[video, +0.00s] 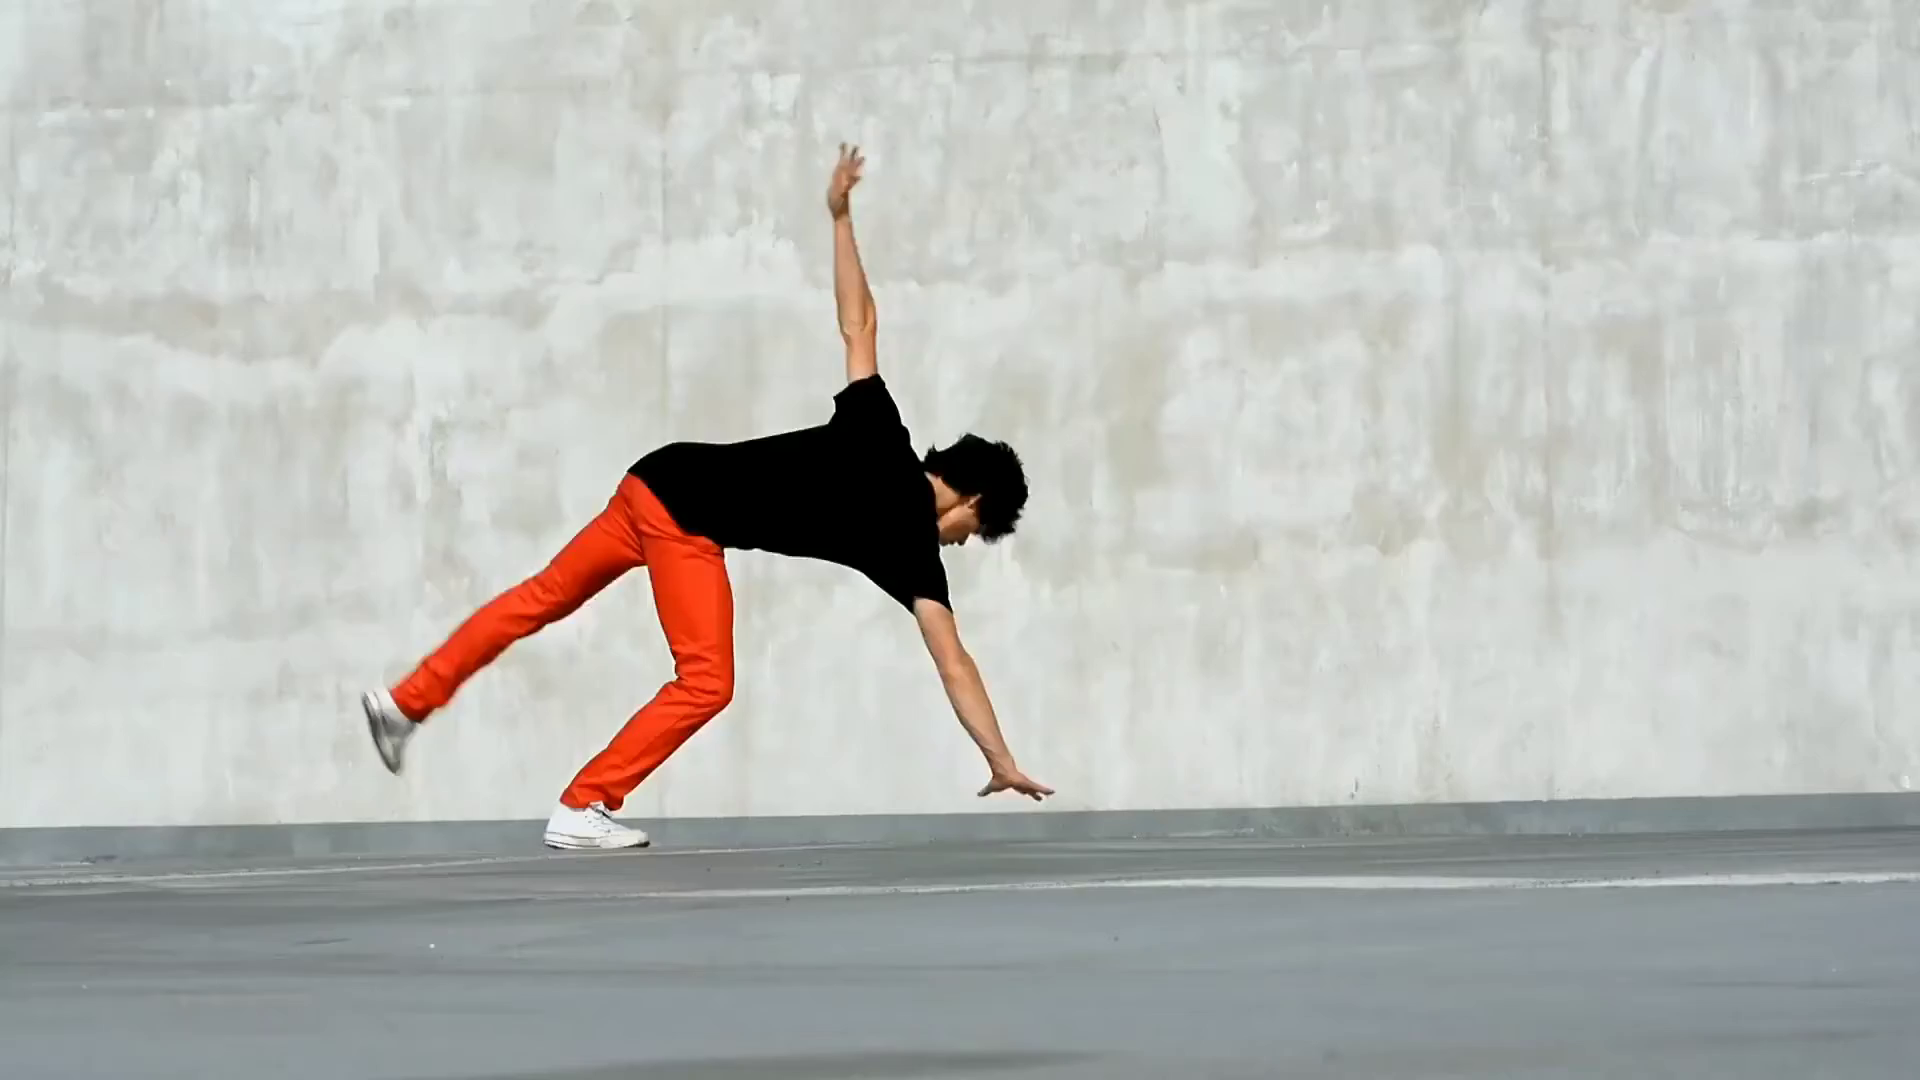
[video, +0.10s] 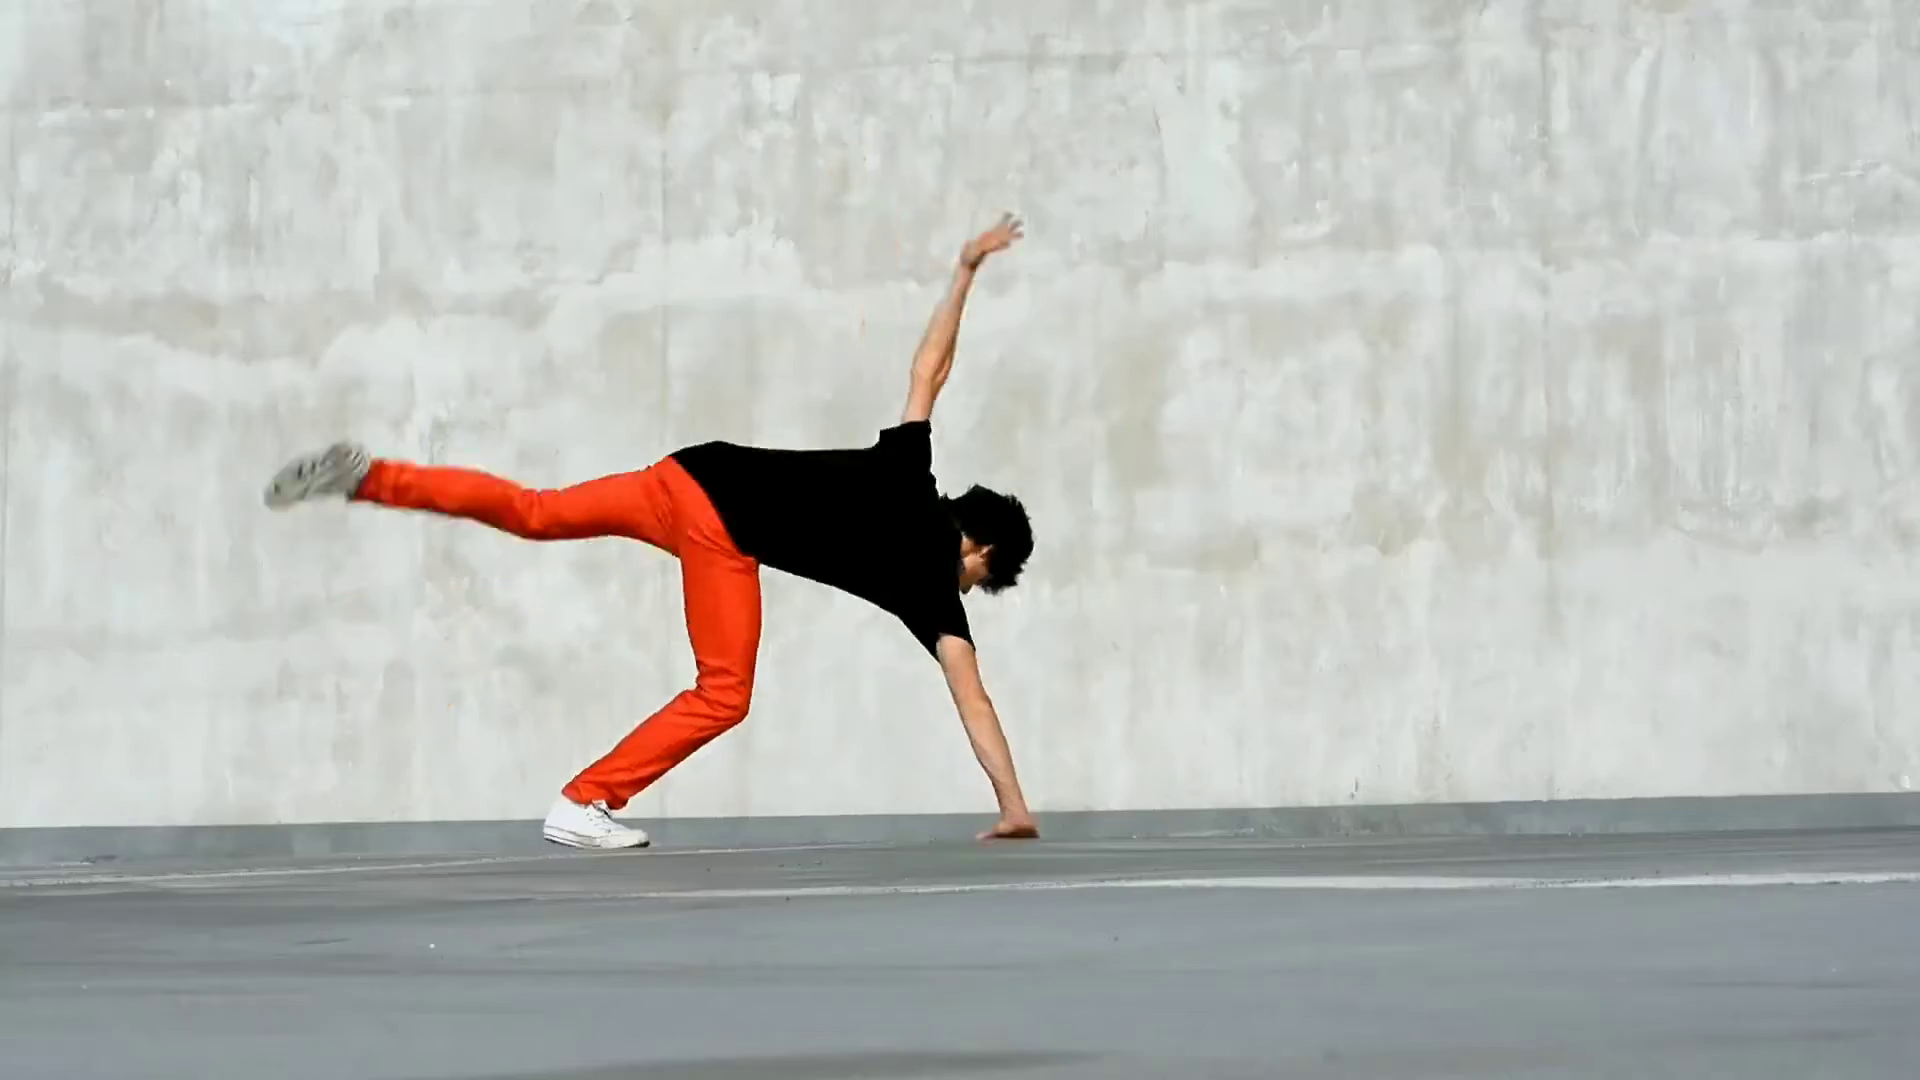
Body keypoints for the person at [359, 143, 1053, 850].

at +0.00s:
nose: (965, 538)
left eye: (976, 529)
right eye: (975, 525)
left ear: (948, 467)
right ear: (960, 496)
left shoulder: (876, 425)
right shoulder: (912, 551)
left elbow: (857, 317)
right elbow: (953, 663)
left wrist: (840, 212)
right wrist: (1003, 762)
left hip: (656, 480)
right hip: (688, 520)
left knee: (545, 595)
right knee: (706, 683)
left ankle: (404, 706)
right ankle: (584, 809)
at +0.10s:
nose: (981, 587)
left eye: (990, 574)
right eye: (987, 575)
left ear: (965, 520)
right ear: (974, 551)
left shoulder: (908, 464)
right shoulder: (932, 595)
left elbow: (930, 371)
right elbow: (974, 701)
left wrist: (964, 273)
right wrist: (1017, 806)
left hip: (686, 477)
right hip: (720, 534)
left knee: (532, 513)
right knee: (723, 696)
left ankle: (361, 475)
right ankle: (585, 806)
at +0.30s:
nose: (927, 689)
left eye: (930, 692)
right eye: (942, 690)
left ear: (926, 657)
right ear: (961, 664)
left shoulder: (898, 599)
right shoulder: (980, 633)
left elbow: (835, 568)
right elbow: (1001, 730)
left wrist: (820, 581)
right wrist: (1023, 825)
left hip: (824, 421)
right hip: (851, 466)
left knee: (703, 315)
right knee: (753, 615)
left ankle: (861, 269)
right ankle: (620, 732)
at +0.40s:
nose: (924, 705)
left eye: (913, 708)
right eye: (927, 710)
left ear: (893, 672)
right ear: (946, 680)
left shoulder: (867, 607)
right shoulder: (984, 630)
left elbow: (744, 621)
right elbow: (1014, 725)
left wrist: (652, 637)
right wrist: (1023, 830)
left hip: (853, 414)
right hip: (913, 431)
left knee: (802, 261)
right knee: (840, 561)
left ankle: (968, 280)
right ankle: (756, 675)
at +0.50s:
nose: (911, 703)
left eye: (895, 705)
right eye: (913, 708)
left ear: (872, 676)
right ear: (923, 681)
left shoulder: (844, 599)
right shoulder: (968, 630)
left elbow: (750, 648)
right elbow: (1018, 728)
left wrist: (656, 701)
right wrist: (1023, 837)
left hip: (882, 408)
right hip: (962, 423)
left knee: (834, 253)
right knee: (969, 510)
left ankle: (974, 194)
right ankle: (1013, 618)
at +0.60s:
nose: (896, 709)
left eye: (881, 712)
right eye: (892, 713)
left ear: (857, 677)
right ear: (901, 685)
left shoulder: (841, 610)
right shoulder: (981, 637)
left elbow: (833, 680)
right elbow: (1010, 728)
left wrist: (821, 777)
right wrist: (1020, 830)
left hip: (908, 409)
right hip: (985, 420)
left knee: (851, 257)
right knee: (1106, 501)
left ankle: (881, 102)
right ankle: (1255, 578)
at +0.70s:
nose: (878, 714)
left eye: (864, 707)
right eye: (867, 712)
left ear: (844, 666)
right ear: (879, 671)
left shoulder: (862, 621)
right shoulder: (968, 634)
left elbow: (896, 708)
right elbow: (1003, 729)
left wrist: (923, 819)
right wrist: (1020, 831)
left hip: (931, 411)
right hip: (998, 418)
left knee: (878, 290)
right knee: (1152, 438)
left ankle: (832, 141)